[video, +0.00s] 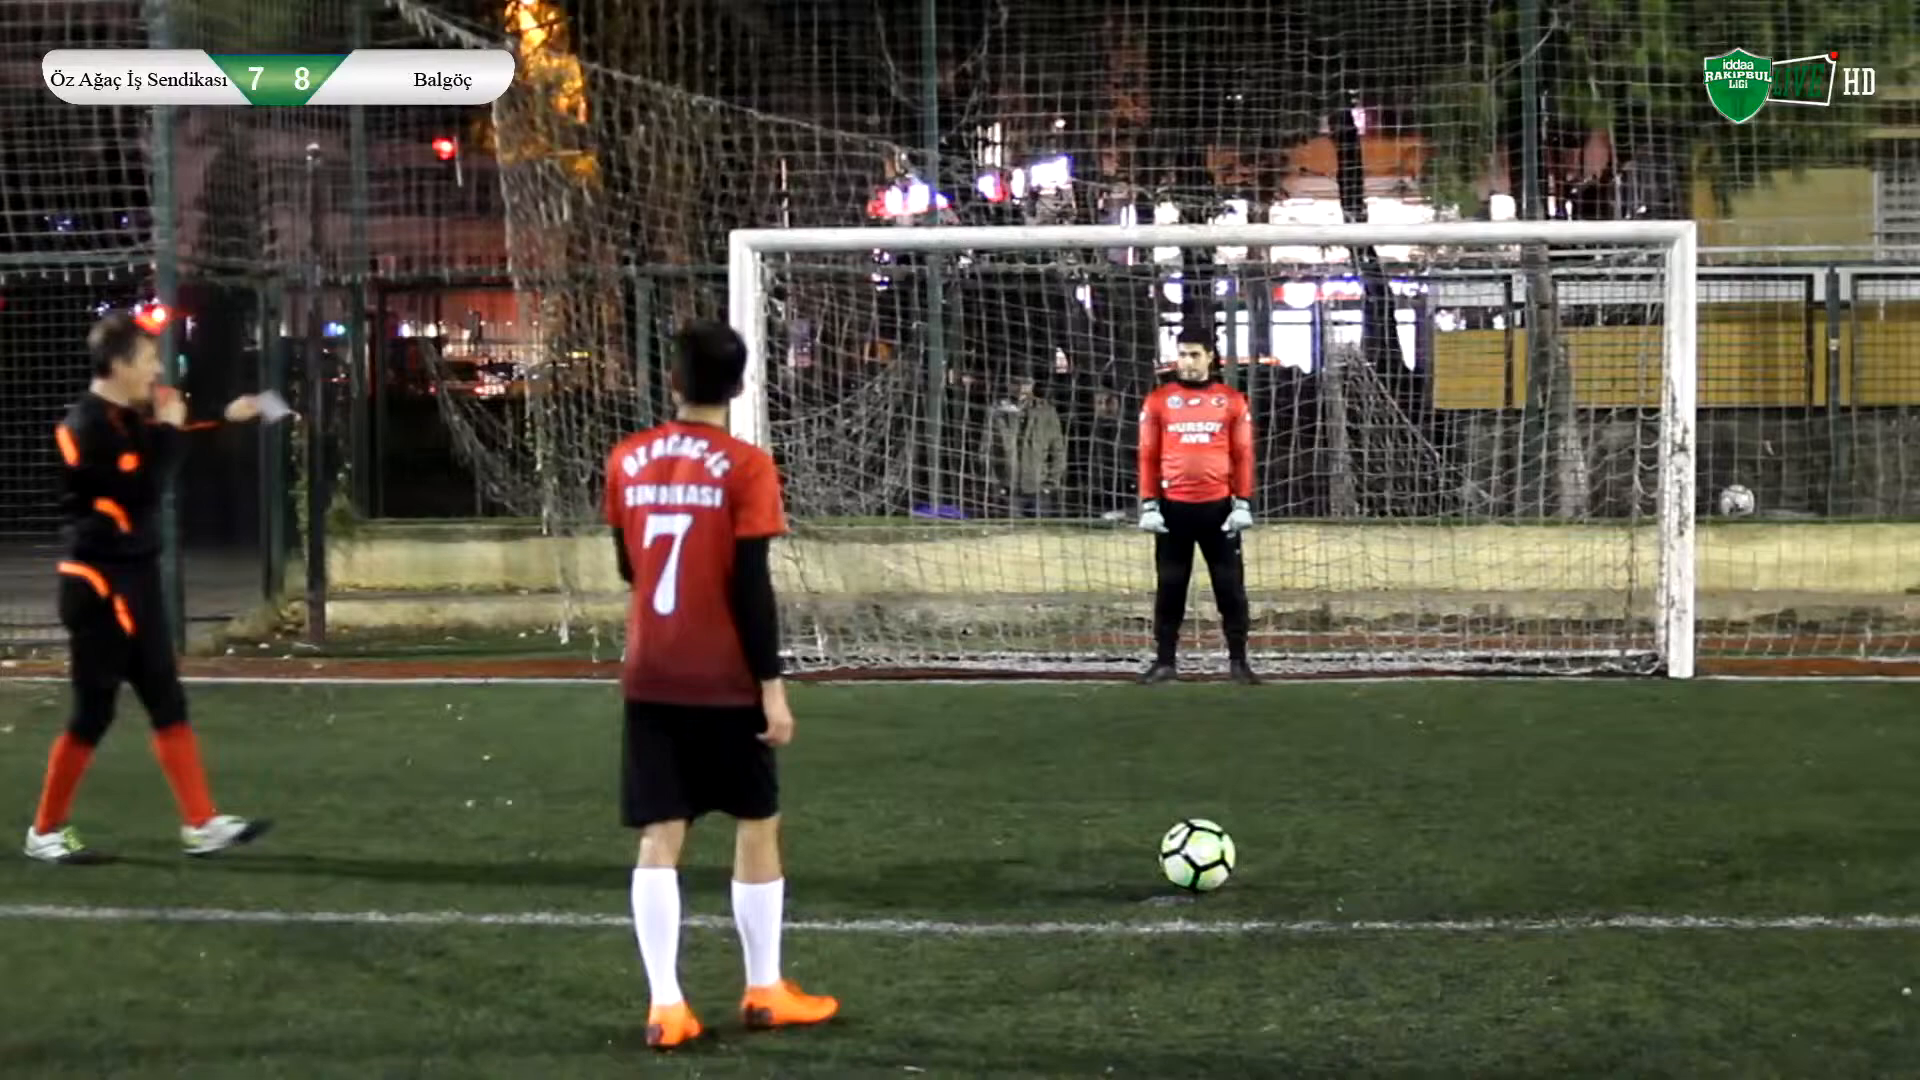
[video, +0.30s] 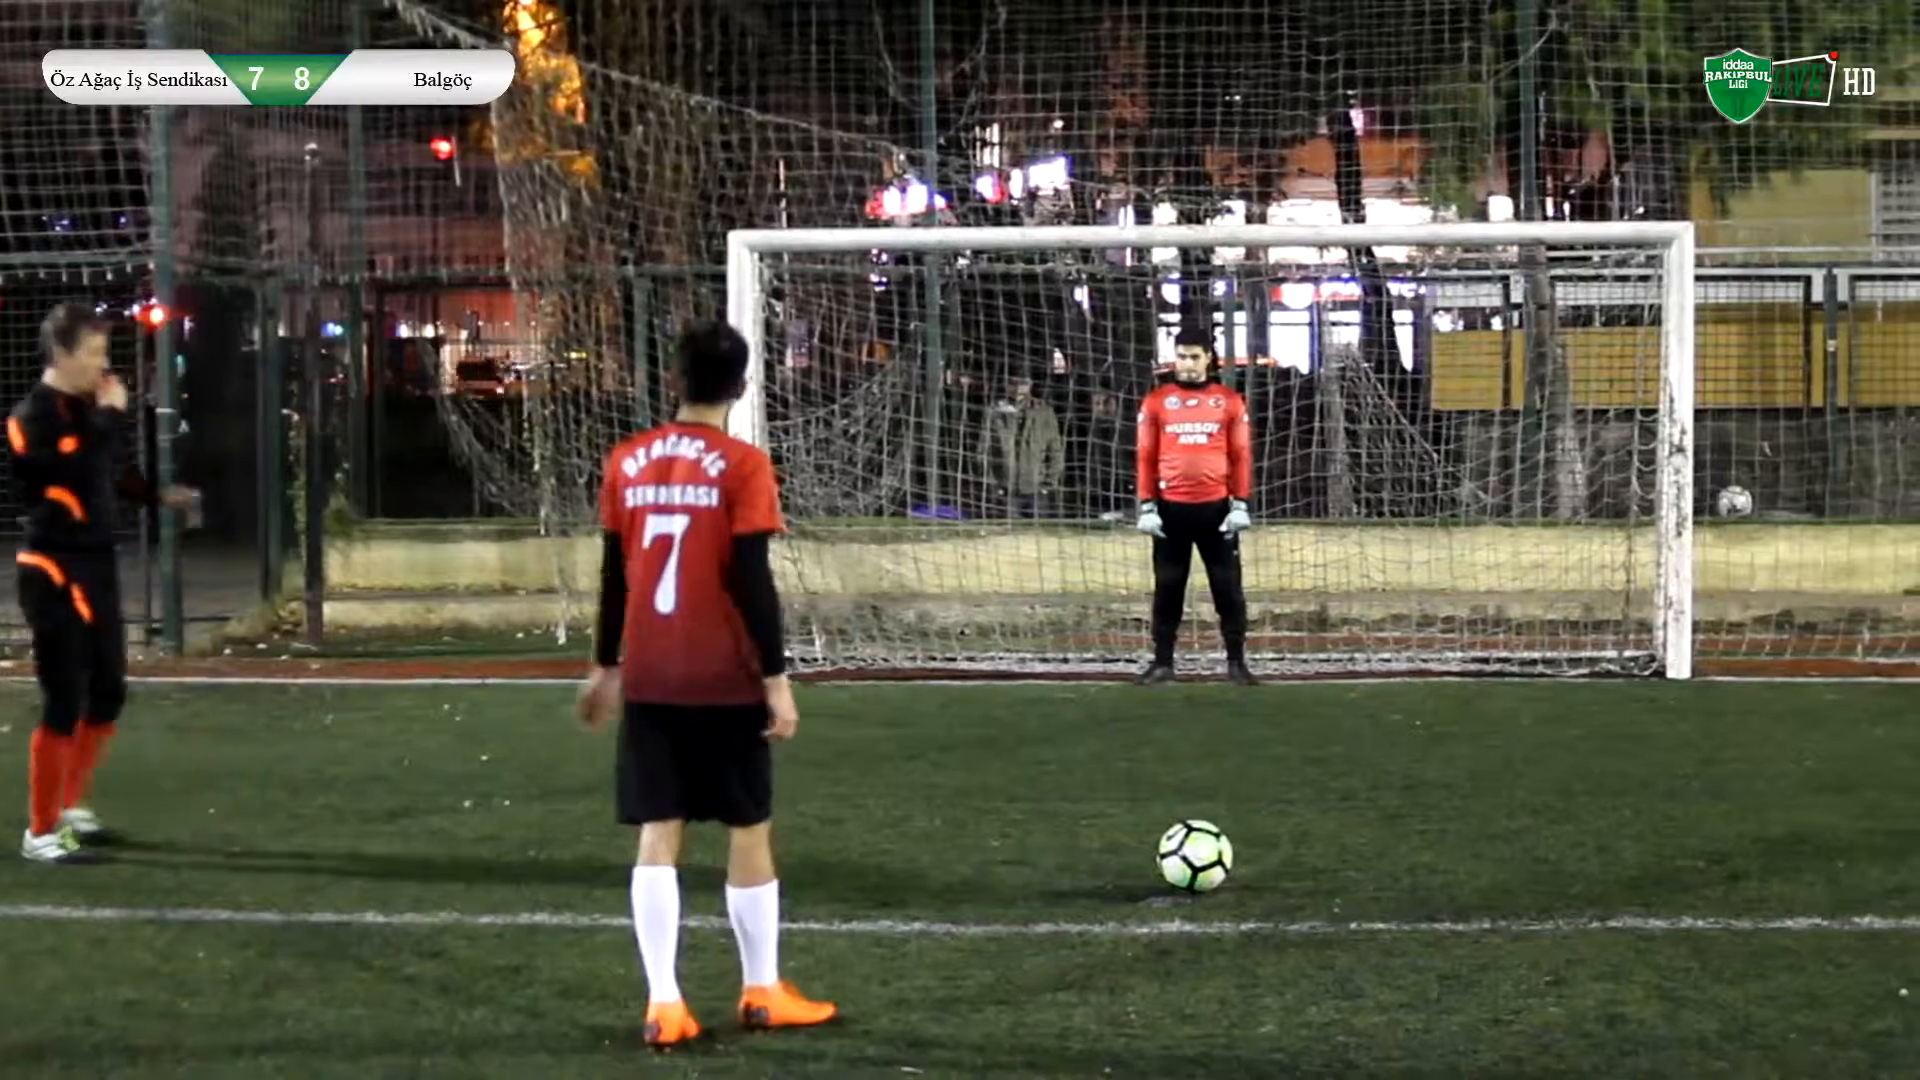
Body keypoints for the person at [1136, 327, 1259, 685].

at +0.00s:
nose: (1189, 362)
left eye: (1196, 355)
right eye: (1183, 354)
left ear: (1211, 358)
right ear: (1176, 358)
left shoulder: (1232, 400)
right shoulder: (1157, 400)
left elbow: (1244, 453)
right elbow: (1148, 454)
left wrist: (1243, 500)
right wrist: (1149, 501)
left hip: (1219, 505)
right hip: (1173, 505)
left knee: (1230, 588)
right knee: (1169, 587)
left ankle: (1238, 661)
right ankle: (1165, 661)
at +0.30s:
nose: (1188, 364)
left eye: (1195, 357)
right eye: (1182, 356)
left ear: (1209, 360)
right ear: (1174, 359)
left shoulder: (1230, 401)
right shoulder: (1155, 402)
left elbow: (1241, 454)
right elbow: (1145, 455)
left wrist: (1240, 501)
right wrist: (1146, 503)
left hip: (1217, 506)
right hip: (1170, 506)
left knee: (1228, 589)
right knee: (1167, 588)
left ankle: (1236, 661)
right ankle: (1163, 661)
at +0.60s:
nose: (1189, 364)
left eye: (1196, 356)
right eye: (1183, 356)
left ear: (1209, 359)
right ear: (1174, 359)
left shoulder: (1229, 402)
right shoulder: (1154, 403)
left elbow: (1240, 456)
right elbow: (1145, 457)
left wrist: (1240, 505)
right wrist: (1146, 505)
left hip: (1216, 507)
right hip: (1170, 508)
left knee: (1227, 589)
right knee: (1166, 589)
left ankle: (1235, 662)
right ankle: (1162, 662)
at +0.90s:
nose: (1189, 364)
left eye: (1196, 357)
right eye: (1183, 356)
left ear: (1209, 360)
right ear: (1174, 359)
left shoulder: (1229, 403)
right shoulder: (1153, 403)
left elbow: (1240, 457)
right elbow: (1144, 457)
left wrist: (1240, 506)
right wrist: (1145, 506)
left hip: (1216, 508)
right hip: (1169, 509)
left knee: (1227, 590)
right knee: (1166, 590)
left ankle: (1234, 662)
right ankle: (1161, 662)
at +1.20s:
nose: (1194, 364)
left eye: (1201, 357)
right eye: (1187, 357)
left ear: (1213, 360)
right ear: (1178, 360)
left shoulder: (1234, 401)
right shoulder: (1158, 402)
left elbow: (1244, 455)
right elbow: (1149, 458)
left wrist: (1244, 505)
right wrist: (1151, 507)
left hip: (1221, 508)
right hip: (1175, 509)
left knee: (1232, 590)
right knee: (1169, 590)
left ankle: (1237, 660)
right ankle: (1164, 660)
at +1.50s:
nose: (1202, 378)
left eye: (1209, 371)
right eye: (1196, 370)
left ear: (1220, 371)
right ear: (1185, 371)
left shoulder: (1242, 412)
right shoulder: (1167, 413)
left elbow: (1252, 468)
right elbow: (1154, 470)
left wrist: (1250, 516)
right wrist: (1155, 520)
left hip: (1228, 516)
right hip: (1181, 516)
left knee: (1248, 591)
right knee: (1167, 591)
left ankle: (1254, 663)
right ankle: (1161, 662)